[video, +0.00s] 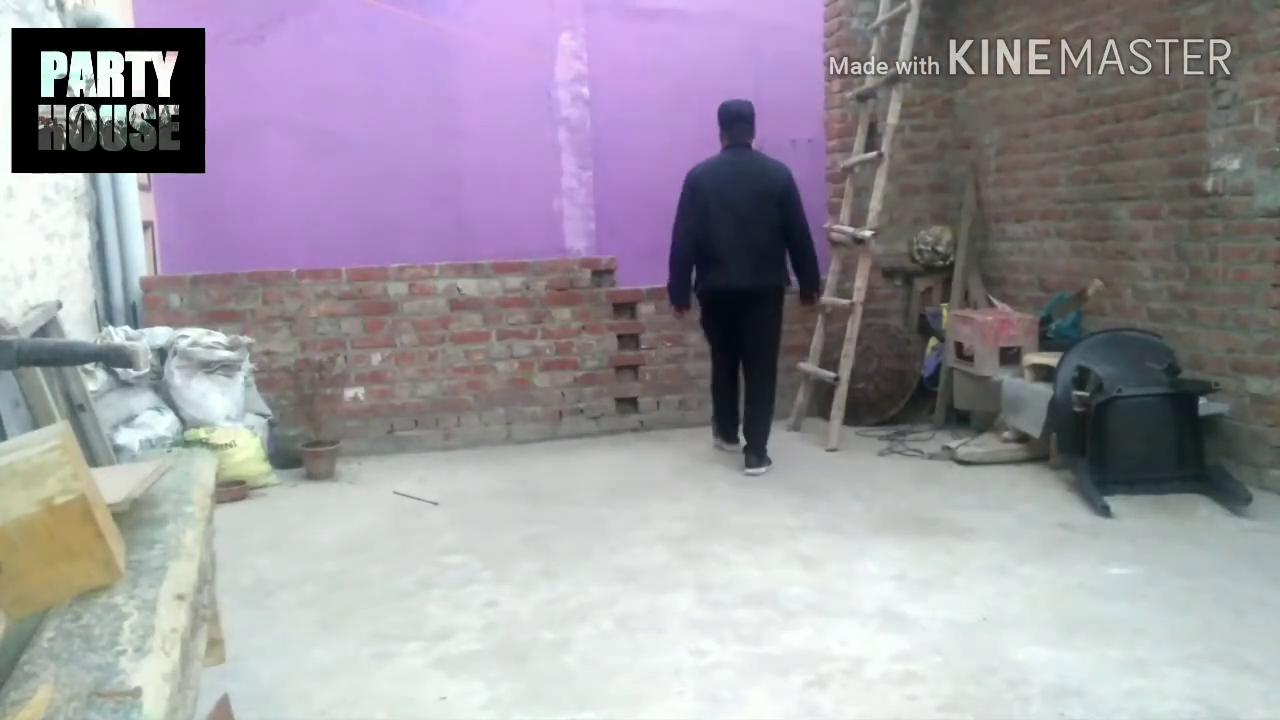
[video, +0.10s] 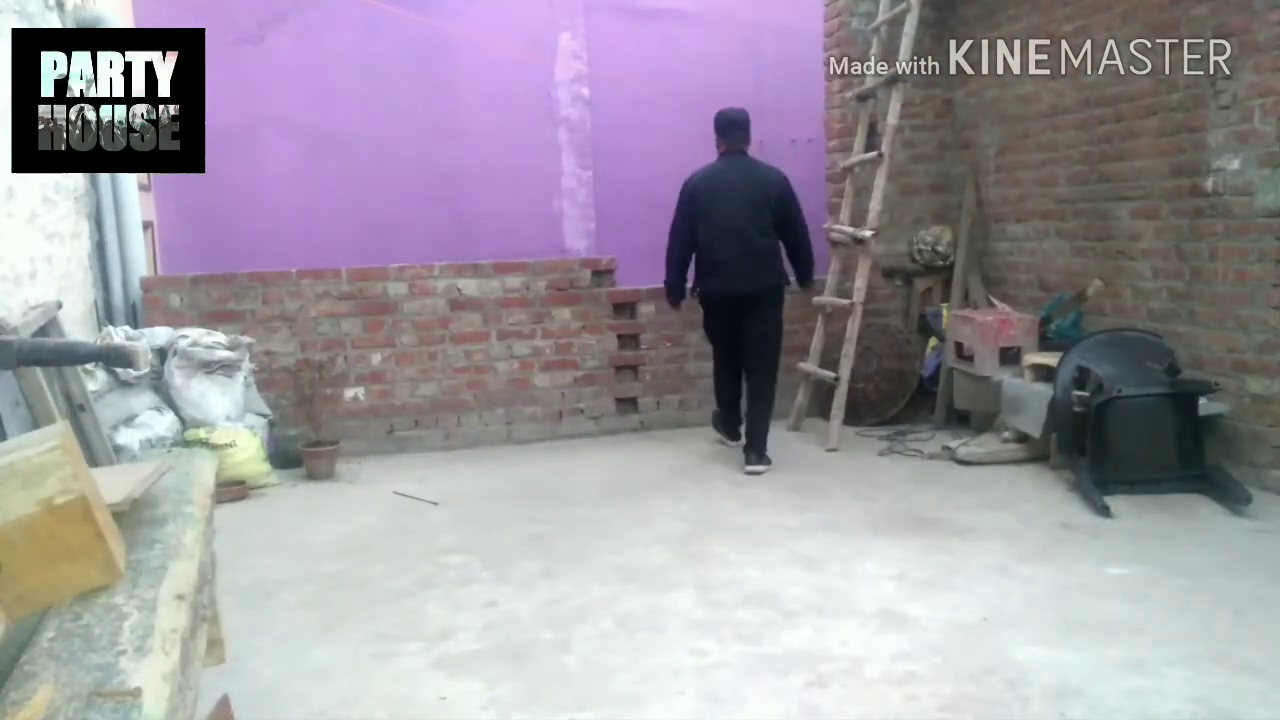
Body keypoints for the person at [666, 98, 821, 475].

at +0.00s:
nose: (735, 133)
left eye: (728, 126)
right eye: (746, 126)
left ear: (721, 130)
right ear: (753, 129)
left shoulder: (700, 177)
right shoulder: (776, 174)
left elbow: (683, 239)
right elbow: (797, 234)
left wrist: (679, 292)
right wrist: (809, 283)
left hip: (716, 291)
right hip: (764, 291)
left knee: (724, 360)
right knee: (761, 367)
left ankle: (726, 432)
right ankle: (756, 454)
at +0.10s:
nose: (726, 142)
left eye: (721, 136)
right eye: (740, 135)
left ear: (717, 139)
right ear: (749, 137)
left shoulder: (698, 183)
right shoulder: (773, 179)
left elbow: (681, 241)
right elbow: (795, 233)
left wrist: (674, 288)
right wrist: (804, 274)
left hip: (717, 292)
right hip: (764, 291)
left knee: (726, 358)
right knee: (762, 368)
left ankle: (729, 425)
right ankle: (756, 452)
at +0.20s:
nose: (720, 146)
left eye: (716, 140)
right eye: (733, 139)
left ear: (713, 142)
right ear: (744, 141)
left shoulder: (695, 187)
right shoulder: (769, 180)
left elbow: (678, 240)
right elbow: (793, 229)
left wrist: (672, 281)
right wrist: (795, 266)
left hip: (716, 293)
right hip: (763, 291)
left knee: (724, 358)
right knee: (763, 365)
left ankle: (730, 426)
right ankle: (756, 447)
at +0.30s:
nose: (712, 146)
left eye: (709, 141)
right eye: (725, 139)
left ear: (706, 143)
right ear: (736, 140)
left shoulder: (693, 184)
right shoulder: (763, 176)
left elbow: (676, 235)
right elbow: (785, 222)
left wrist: (667, 271)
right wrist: (782, 262)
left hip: (713, 289)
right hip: (758, 286)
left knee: (720, 356)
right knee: (761, 356)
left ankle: (730, 426)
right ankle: (759, 434)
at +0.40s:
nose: (707, 148)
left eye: (704, 143)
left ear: (702, 145)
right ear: (732, 141)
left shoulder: (691, 183)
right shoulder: (760, 174)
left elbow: (674, 232)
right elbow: (780, 220)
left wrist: (662, 268)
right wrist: (777, 259)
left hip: (710, 283)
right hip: (756, 280)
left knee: (719, 353)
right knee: (759, 351)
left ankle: (731, 426)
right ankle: (759, 426)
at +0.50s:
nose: (707, 151)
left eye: (702, 147)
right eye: (718, 144)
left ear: (698, 149)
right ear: (727, 145)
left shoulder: (687, 184)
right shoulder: (754, 177)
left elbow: (671, 230)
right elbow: (771, 222)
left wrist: (658, 266)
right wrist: (771, 259)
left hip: (707, 280)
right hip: (752, 277)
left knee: (718, 351)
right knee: (758, 349)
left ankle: (731, 427)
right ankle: (754, 419)